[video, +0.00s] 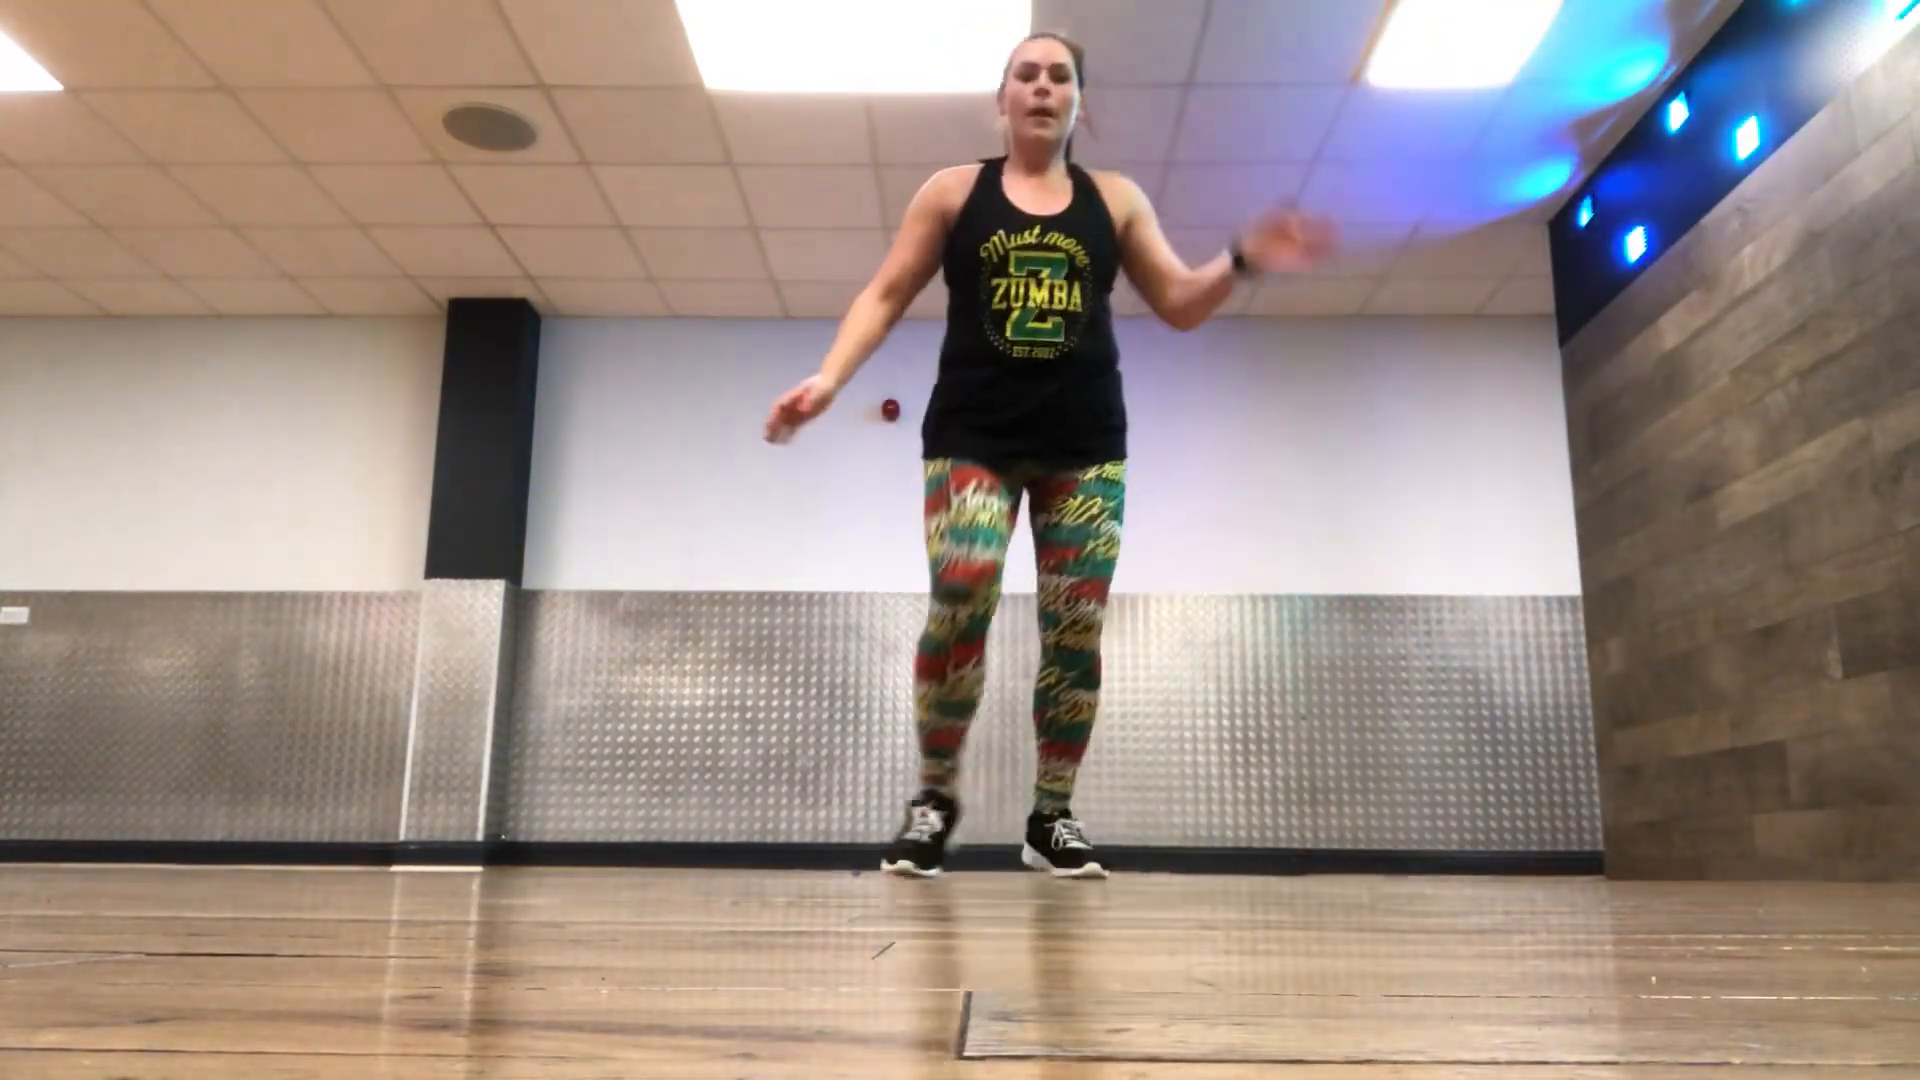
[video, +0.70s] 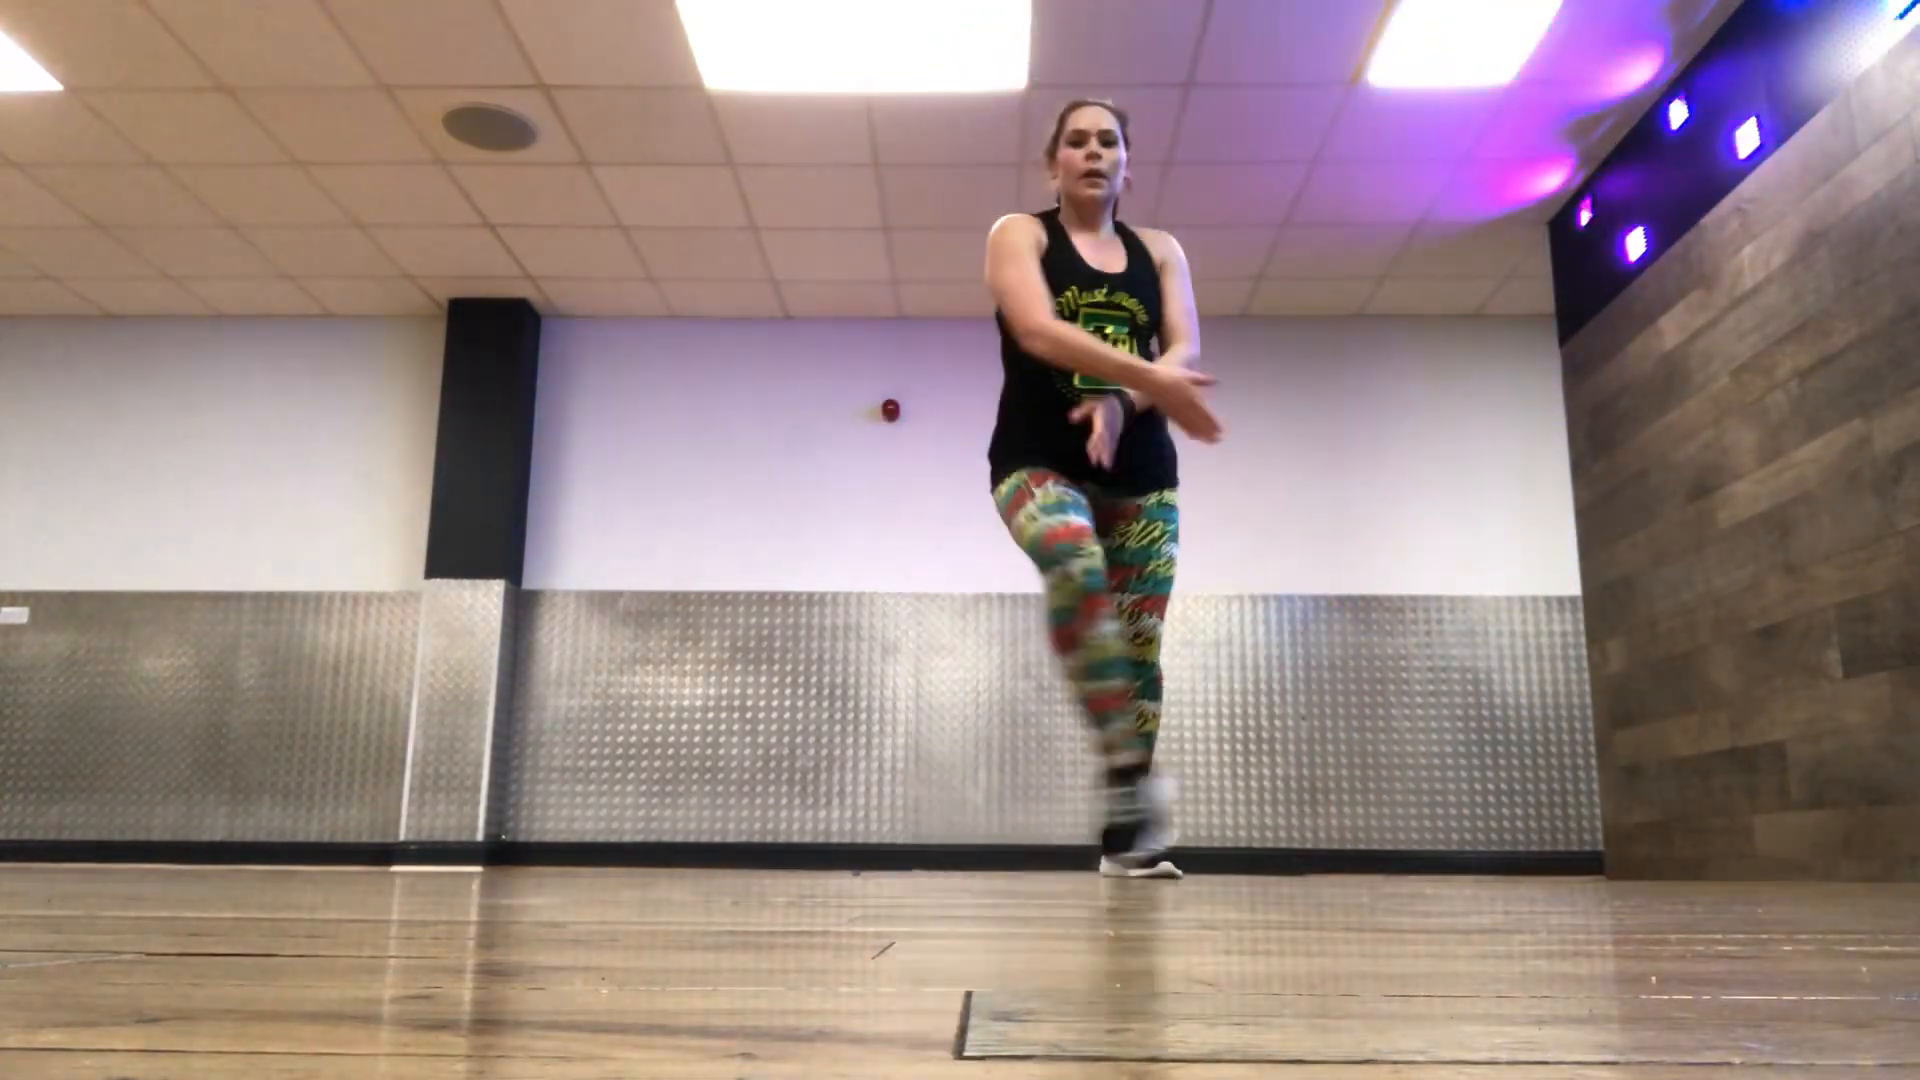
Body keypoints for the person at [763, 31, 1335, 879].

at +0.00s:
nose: (1044, 87)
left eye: (1059, 76)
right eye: (1029, 74)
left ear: (1079, 101)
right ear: (1001, 96)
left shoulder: (1115, 198)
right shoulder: (953, 193)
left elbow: (1181, 302)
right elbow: (885, 295)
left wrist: (1244, 257)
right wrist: (826, 380)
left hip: (1083, 442)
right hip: (974, 436)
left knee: (1078, 623)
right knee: (961, 597)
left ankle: (1053, 817)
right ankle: (934, 802)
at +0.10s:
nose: (1035, 100)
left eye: (1050, 91)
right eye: (1019, 88)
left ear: (1069, 116)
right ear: (991, 111)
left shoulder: (1100, 214)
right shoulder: (941, 201)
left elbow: (1158, 316)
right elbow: (871, 299)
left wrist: (1255, 327)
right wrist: (819, 386)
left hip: (1072, 451)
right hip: (963, 450)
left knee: (1089, 619)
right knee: (949, 622)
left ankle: (1059, 813)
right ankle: (909, 813)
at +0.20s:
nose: (1031, 118)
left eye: (1045, 108)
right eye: (1015, 107)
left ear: (1064, 134)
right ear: (987, 130)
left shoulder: (1090, 233)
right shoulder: (939, 216)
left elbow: (1134, 344)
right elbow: (873, 318)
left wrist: (1221, 398)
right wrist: (842, 417)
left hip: (1066, 466)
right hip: (956, 466)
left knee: (1107, 611)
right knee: (945, 635)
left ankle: (1085, 806)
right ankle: (915, 822)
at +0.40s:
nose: (1055, 138)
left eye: (1068, 128)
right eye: (1039, 127)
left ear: (1086, 153)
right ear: (1010, 151)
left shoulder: (1116, 248)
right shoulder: (967, 234)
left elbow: (1134, 354)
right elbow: (923, 352)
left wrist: (1144, 451)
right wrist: (948, 466)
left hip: (1090, 480)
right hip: (985, 477)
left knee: (1116, 645)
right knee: (960, 641)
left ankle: (1124, 823)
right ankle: (918, 821)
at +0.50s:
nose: (1071, 146)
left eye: (1084, 136)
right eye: (1055, 135)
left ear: (1103, 157)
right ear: (1029, 155)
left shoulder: (1137, 252)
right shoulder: (991, 237)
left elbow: (1161, 358)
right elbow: (952, 352)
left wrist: (1134, 437)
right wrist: (1010, 434)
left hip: (1113, 469)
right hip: (1015, 464)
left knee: (1126, 642)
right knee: (997, 620)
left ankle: (1126, 825)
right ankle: (930, 806)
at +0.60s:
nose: (1086, 152)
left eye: (1099, 141)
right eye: (1071, 141)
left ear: (1117, 161)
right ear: (1044, 161)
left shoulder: (1152, 253)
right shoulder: (1006, 238)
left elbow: (1181, 356)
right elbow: (990, 344)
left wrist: (1133, 417)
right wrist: (1094, 393)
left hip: (1130, 468)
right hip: (1030, 460)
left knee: (1133, 640)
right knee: (1038, 573)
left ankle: (1126, 826)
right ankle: (1005, 787)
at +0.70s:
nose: (1094, 153)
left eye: (1106, 142)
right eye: (1078, 141)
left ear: (1126, 161)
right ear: (1052, 161)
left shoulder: (1160, 250)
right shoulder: (1018, 234)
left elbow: (1182, 350)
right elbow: (1035, 331)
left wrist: (1124, 401)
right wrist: (1152, 382)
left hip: (1139, 468)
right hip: (1040, 462)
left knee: (1138, 641)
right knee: (1078, 569)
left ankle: (1125, 831)